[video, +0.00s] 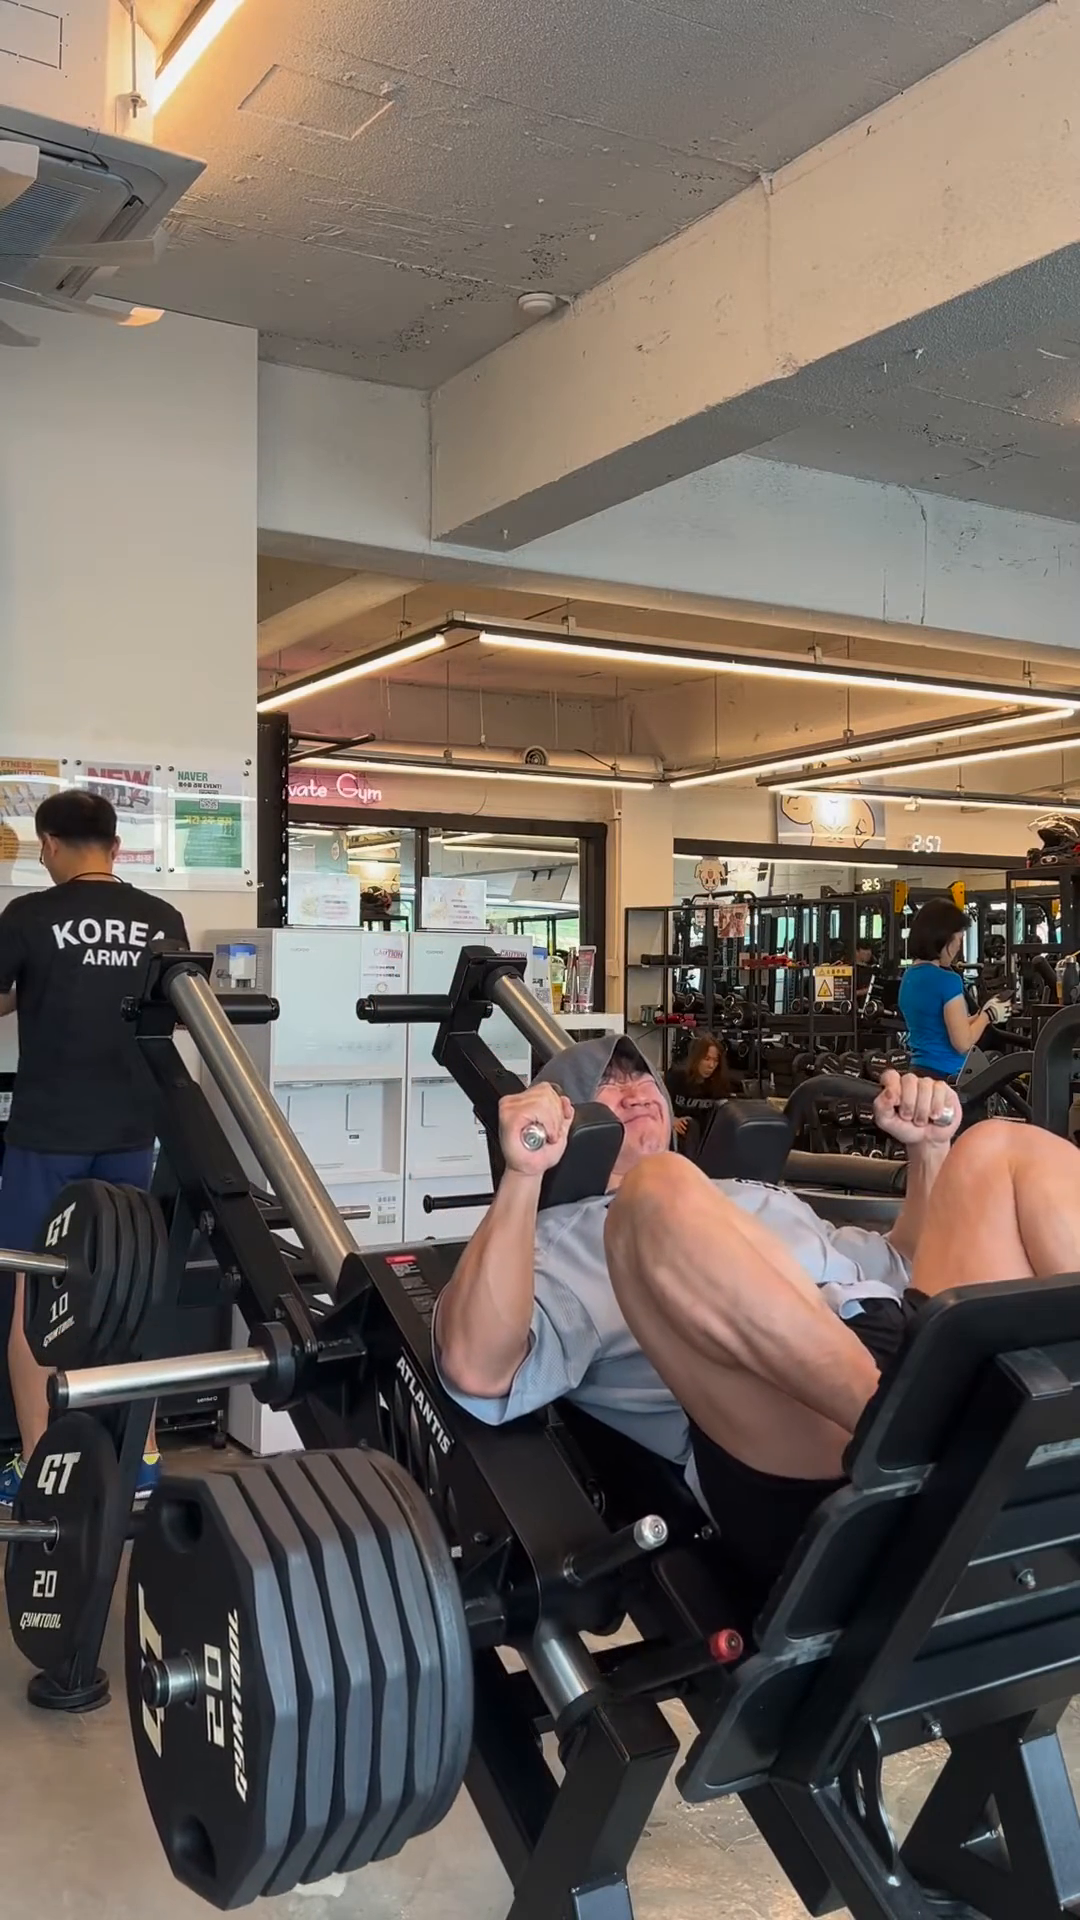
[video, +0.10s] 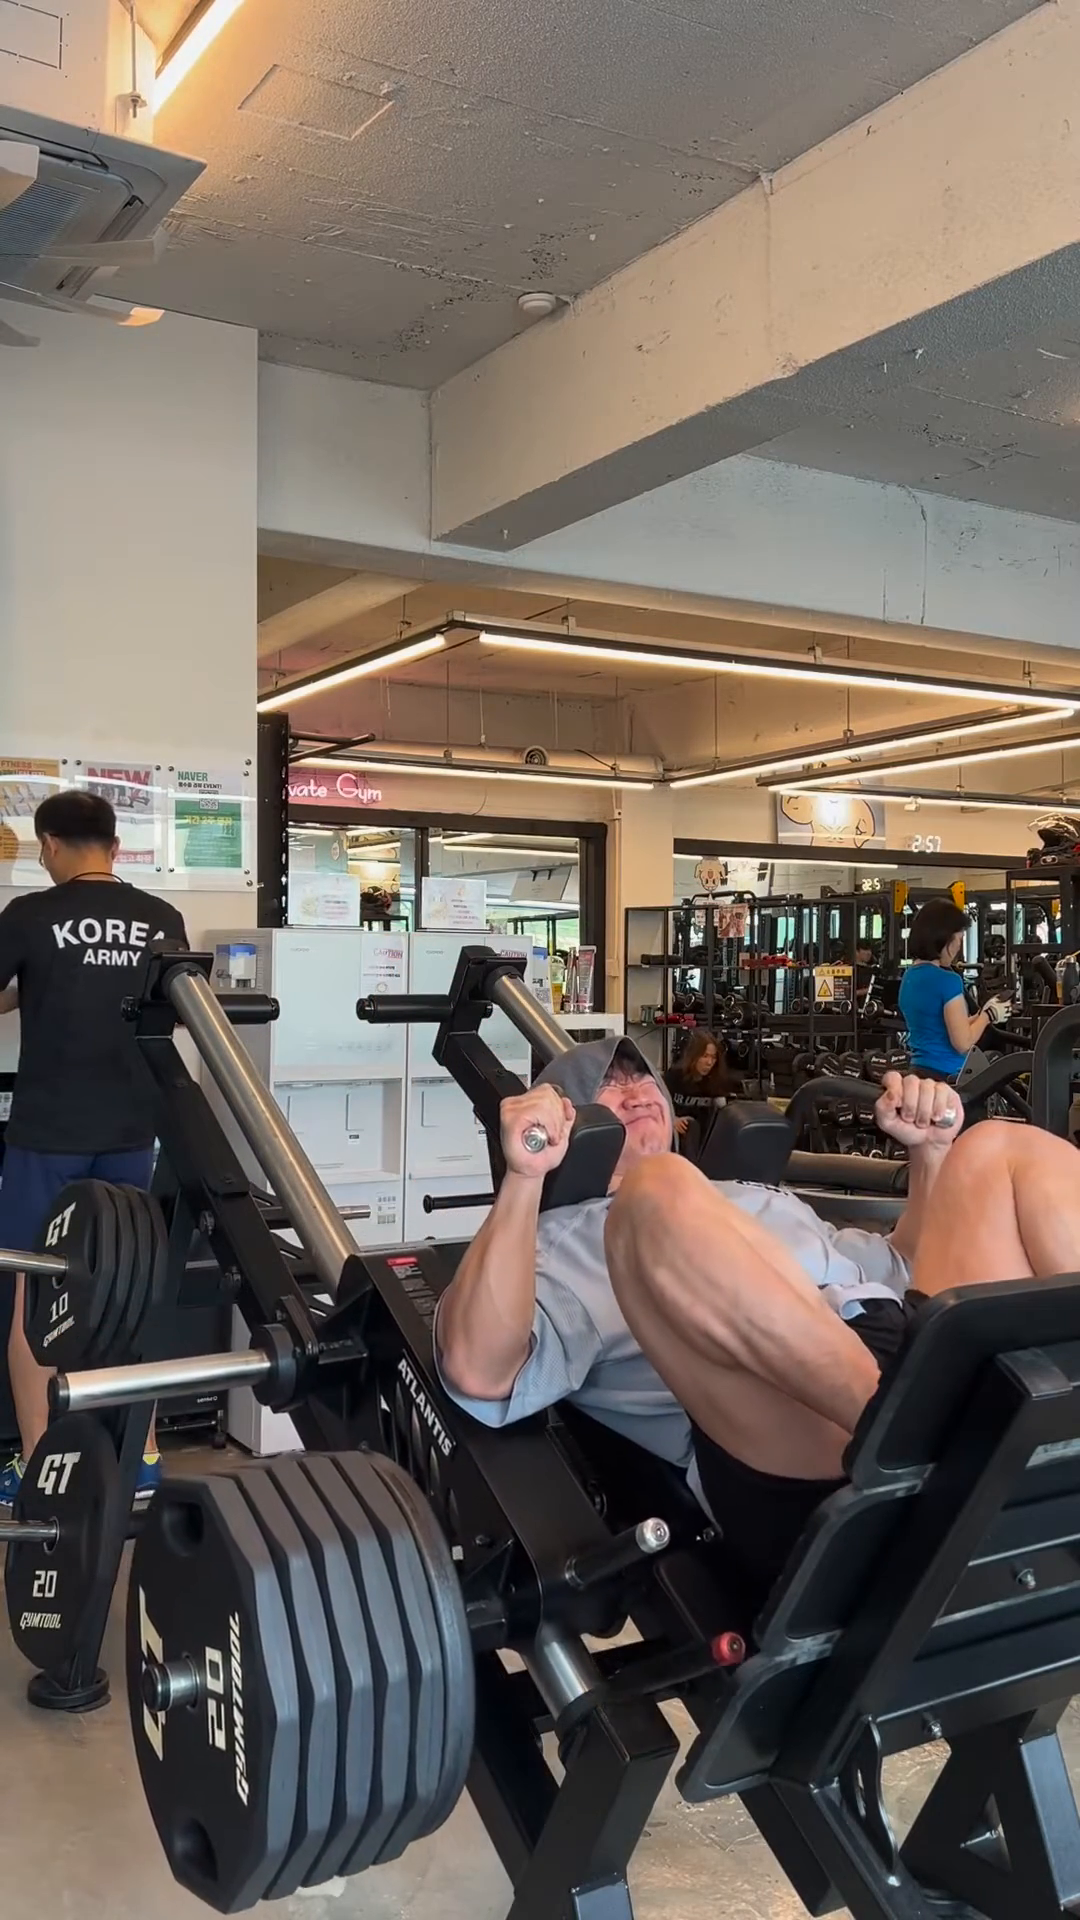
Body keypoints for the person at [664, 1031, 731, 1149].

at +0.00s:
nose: (711, 1065)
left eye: (715, 1060)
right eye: (707, 1059)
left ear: (719, 1063)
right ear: (695, 1058)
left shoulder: (719, 1086)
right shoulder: (674, 1079)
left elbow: (724, 1115)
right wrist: (671, 1120)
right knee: (691, 1125)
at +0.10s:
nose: (709, 1062)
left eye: (713, 1057)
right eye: (705, 1056)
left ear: (717, 1060)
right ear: (693, 1055)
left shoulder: (716, 1082)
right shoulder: (674, 1076)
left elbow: (722, 1112)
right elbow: (658, 1103)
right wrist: (672, 1119)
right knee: (692, 1125)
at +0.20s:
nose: (707, 1060)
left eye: (711, 1055)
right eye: (703, 1054)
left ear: (715, 1057)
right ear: (691, 1053)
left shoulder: (713, 1081)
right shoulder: (671, 1077)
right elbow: (654, 1104)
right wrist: (672, 1118)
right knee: (692, 1124)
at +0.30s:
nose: (705, 1058)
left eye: (709, 1053)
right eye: (701, 1052)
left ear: (713, 1056)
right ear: (689, 1052)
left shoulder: (710, 1078)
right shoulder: (670, 1076)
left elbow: (717, 1111)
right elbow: (656, 1105)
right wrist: (676, 1116)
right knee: (691, 1121)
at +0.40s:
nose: (704, 1057)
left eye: (708, 1053)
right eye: (699, 1051)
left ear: (711, 1056)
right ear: (687, 1051)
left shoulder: (709, 1079)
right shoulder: (668, 1077)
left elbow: (716, 1116)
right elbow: (659, 1113)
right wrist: (684, 1111)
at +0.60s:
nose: (701, 1056)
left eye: (705, 1052)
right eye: (696, 1050)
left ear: (708, 1055)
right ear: (685, 1050)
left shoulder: (707, 1079)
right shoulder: (665, 1077)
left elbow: (712, 1118)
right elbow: (662, 1113)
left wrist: (711, 1105)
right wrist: (696, 1105)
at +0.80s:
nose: (699, 1056)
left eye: (703, 1051)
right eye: (694, 1050)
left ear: (706, 1054)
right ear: (683, 1049)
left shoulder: (706, 1077)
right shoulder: (666, 1074)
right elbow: (667, 1111)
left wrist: (714, 1101)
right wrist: (698, 1104)